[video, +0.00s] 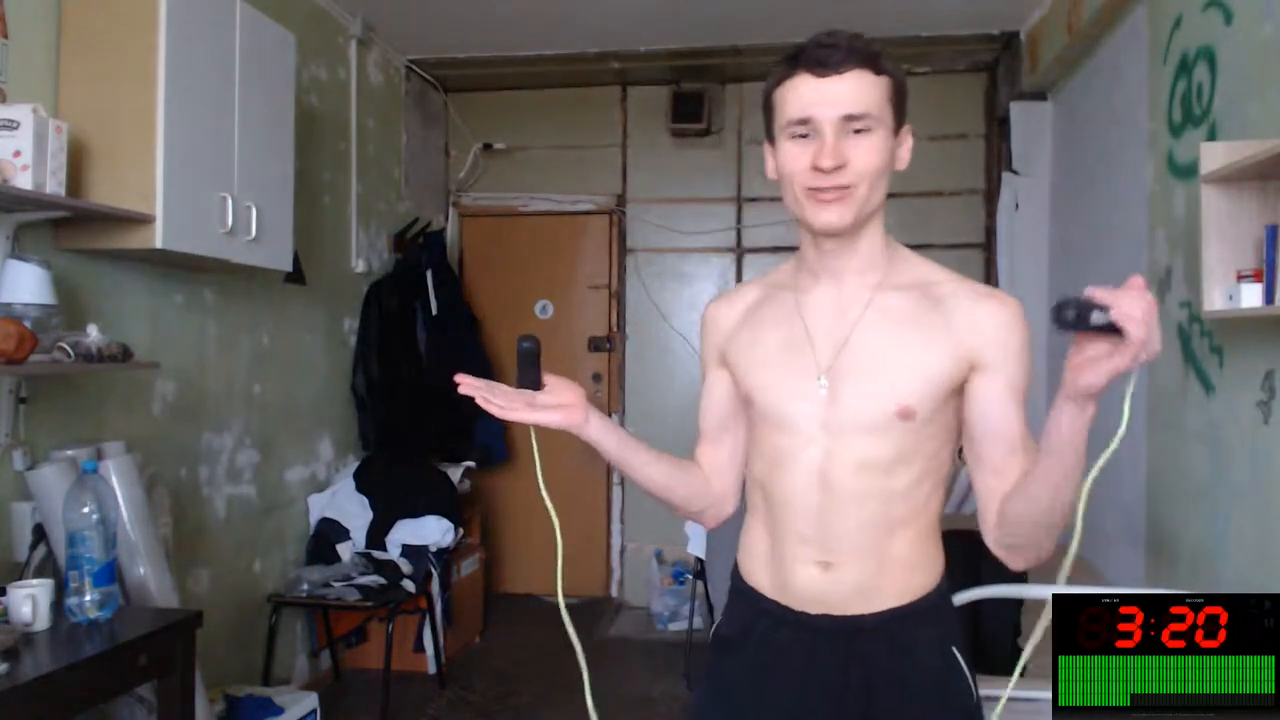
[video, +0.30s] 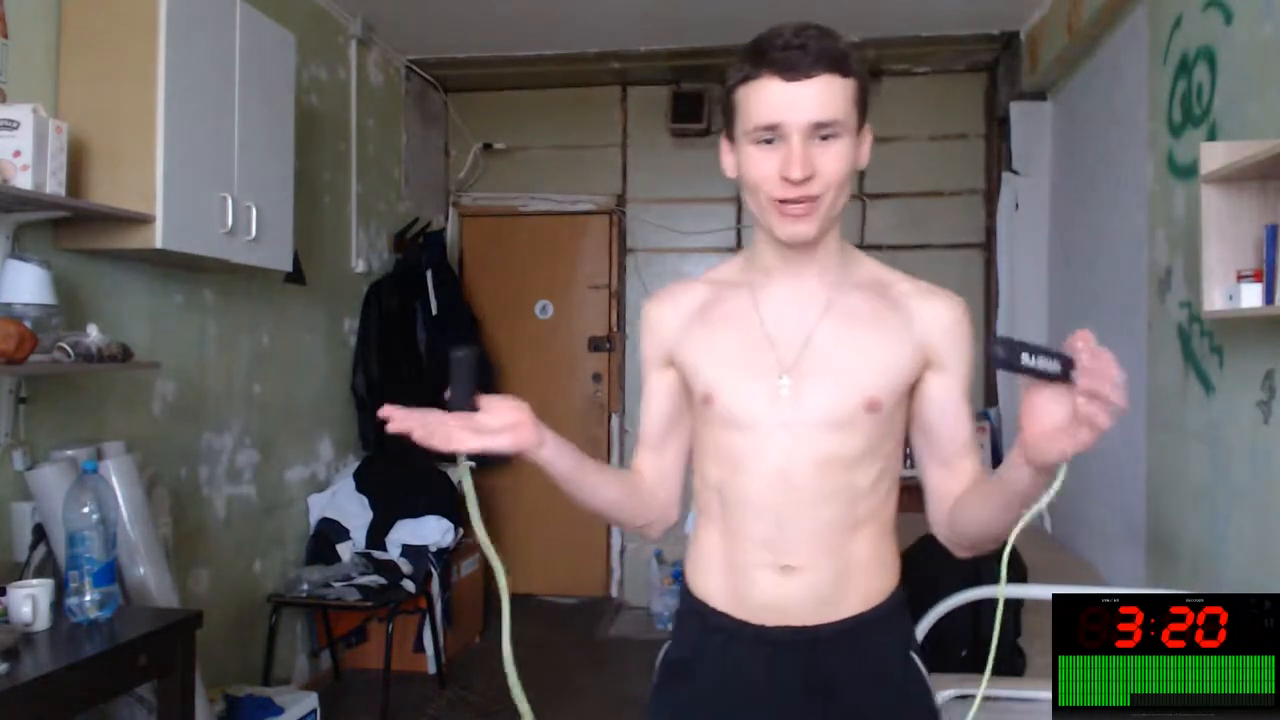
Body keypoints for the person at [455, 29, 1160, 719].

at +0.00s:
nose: (826, 158)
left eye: (855, 131)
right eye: (801, 134)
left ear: (899, 151)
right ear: (773, 161)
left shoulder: (979, 320)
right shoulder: (733, 318)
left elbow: (1018, 543)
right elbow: (710, 498)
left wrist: (1077, 397)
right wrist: (590, 422)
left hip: (904, 655)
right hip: (759, 648)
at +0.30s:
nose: (797, 168)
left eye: (824, 137)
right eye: (768, 139)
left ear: (862, 149)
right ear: (729, 156)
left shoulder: (928, 319)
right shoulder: (676, 317)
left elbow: (962, 528)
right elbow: (651, 506)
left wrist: (1033, 458)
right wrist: (535, 440)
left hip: (865, 660)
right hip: (715, 660)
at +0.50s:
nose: (736, 167)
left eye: (761, 134)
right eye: (708, 141)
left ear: (802, 144)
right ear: (672, 160)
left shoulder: (875, 314)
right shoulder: (623, 322)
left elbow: (901, 515)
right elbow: (615, 518)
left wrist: (978, 472)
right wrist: (508, 474)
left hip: (821, 665)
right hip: (670, 665)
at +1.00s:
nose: (704, 152)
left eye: (729, 121)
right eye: (674, 128)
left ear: (768, 141)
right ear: (639, 154)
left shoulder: (848, 311)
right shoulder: (589, 328)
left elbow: (881, 486)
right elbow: (575, 510)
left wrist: (892, 524)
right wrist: (568, 521)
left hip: (811, 669)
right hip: (655, 673)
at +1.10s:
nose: (714, 149)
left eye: (738, 120)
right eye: (685, 125)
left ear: (778, 142)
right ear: (649, 153)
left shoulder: (855, 314)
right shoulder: (596, 328)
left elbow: (897, 491)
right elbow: (570, 515)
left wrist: (893, 541)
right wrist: (589, 539)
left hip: (817, 669)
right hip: (662, 671)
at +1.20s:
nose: (726, 145)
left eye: (752, 117)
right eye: (698, 120)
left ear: (790, 144)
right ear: (661, 151)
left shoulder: (864, 314)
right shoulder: (603, 327)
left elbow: (907, 499)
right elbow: (578, 511)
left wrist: (888, 529)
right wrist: (615, 536)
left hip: (822, 673)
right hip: (666, 673)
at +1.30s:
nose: (738, 143)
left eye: (766, 116)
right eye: (711, 117)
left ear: (802, 147)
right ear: (673, 148)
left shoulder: (871, 317)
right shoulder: (609, 324)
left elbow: (913, 503)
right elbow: (583, 509)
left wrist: (889, 529)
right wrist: (631, 539)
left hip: (826, 673)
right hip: (670, 674)